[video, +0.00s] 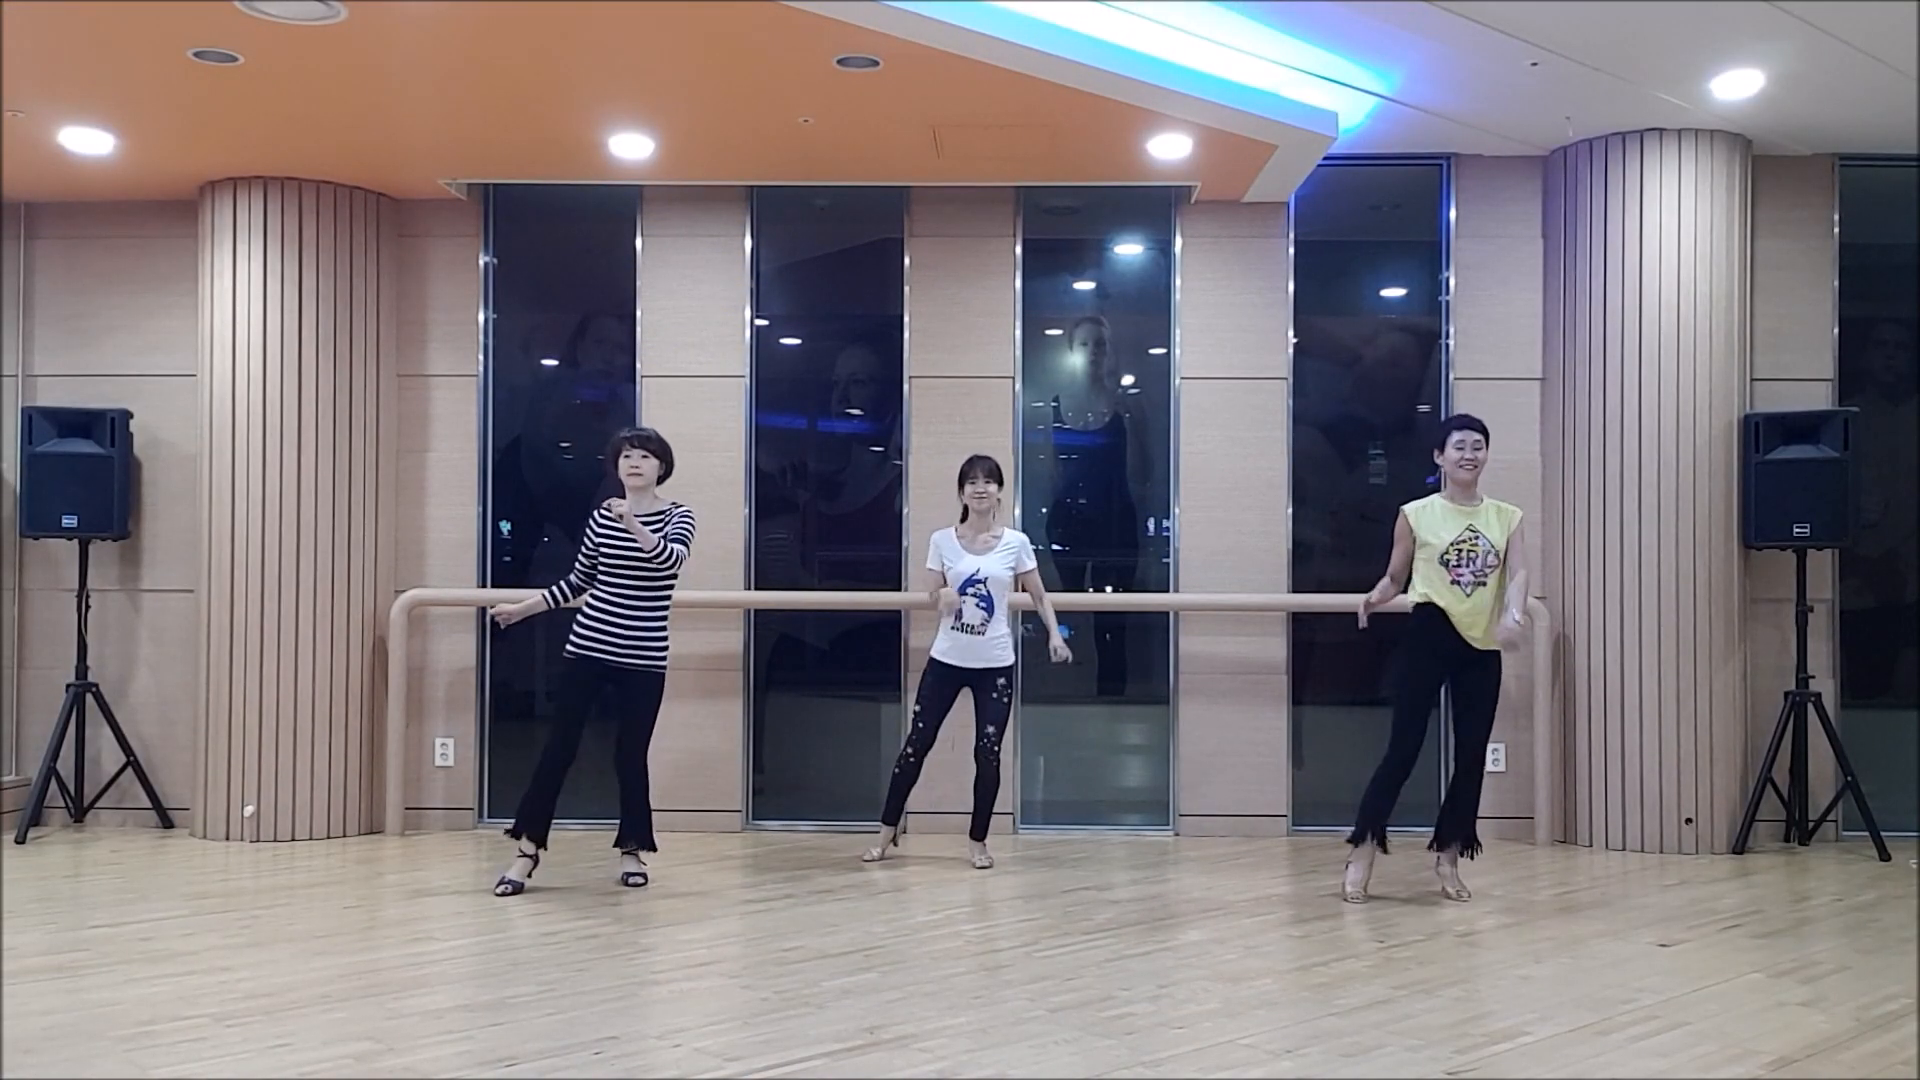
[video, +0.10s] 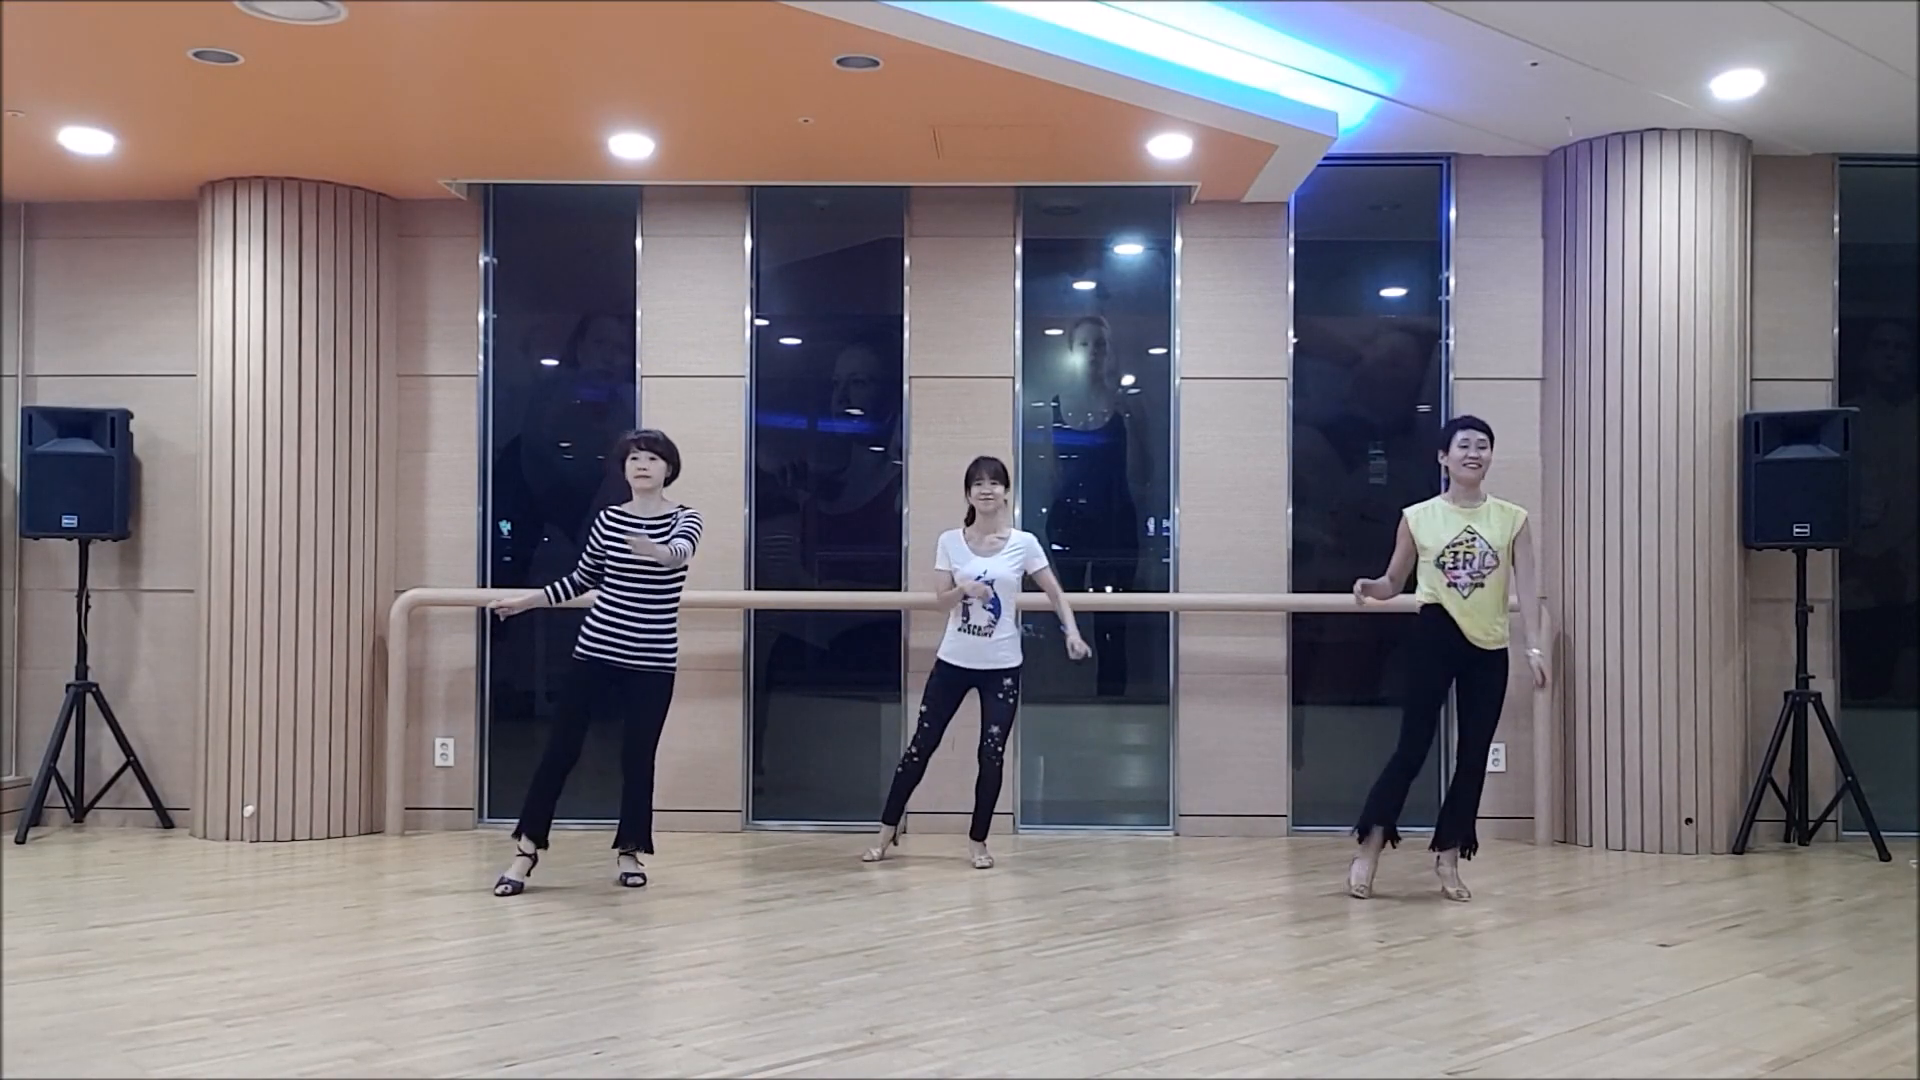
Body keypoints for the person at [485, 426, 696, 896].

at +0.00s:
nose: (635, 463)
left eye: (645, 457)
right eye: (628, 457)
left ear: (662, 467)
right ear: (616, 466)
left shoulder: (678, 517)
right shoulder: (604, 514)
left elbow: (670, 560)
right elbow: (578, 583)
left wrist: (631, 519)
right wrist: (524, 606)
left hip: (644, 656)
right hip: (587, 647)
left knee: (631, 755)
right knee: (560, 745)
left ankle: (632, 853)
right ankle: (527, 850)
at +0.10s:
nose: (642, 465)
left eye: (652, 459)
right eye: (635, 459)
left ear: (669, 469)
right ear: (624, 469)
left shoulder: (685, 518)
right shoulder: (609, 519)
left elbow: (678, 553)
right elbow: (582, 579)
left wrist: (649, 546)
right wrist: (528, 599)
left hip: (653, 659)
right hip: (596, 651)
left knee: (639, 757)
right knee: (561, 747)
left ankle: (630, 854)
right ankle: (527, 851)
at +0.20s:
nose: (652, 466)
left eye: (662, 461)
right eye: (644, 460)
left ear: (677, 473)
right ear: (632, 469)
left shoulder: (690, 525)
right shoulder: (612, 521)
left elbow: (693, 571)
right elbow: (583, 577)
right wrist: (541, 599)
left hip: (665, 656)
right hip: (610, 650)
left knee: (651, 759)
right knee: (581, 743)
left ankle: (630, 853)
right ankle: (549, 840)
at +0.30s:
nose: (657, 466)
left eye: (667, 461)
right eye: (650, 459)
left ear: (682, 472)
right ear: (638, 468)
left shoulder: (696, 526)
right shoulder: (615, 520)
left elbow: (706, 587)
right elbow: (585, 574)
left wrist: (715, 640)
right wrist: (593, 589)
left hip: (677, 658)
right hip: (620, 655)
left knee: (658, 756)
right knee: (605, 745)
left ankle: (631, 848)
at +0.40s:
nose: (665, 463)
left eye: (675, 457)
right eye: (657, 457)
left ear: (691, 468)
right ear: (644, 466)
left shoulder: (707, 525)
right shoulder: (626, 517)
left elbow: (715, 593)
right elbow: (616, 576)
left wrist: (723, 656)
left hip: (685, 655)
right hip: (630, 653)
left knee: (661, 755)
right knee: (642, 754)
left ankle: (633, 847)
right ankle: (688, 825)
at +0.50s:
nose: (674, 464)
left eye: (684, 457)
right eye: (665, 458)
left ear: (700, 467)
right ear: (654, 468)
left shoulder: (719, 523)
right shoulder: (636, 519)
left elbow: (721, 592)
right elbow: (644, 582)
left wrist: (715, 643)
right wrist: (700, 599)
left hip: (697, 652)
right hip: (644, 651)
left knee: (674, 750)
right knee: (669, 750)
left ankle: (647, 845)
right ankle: (705, 831)